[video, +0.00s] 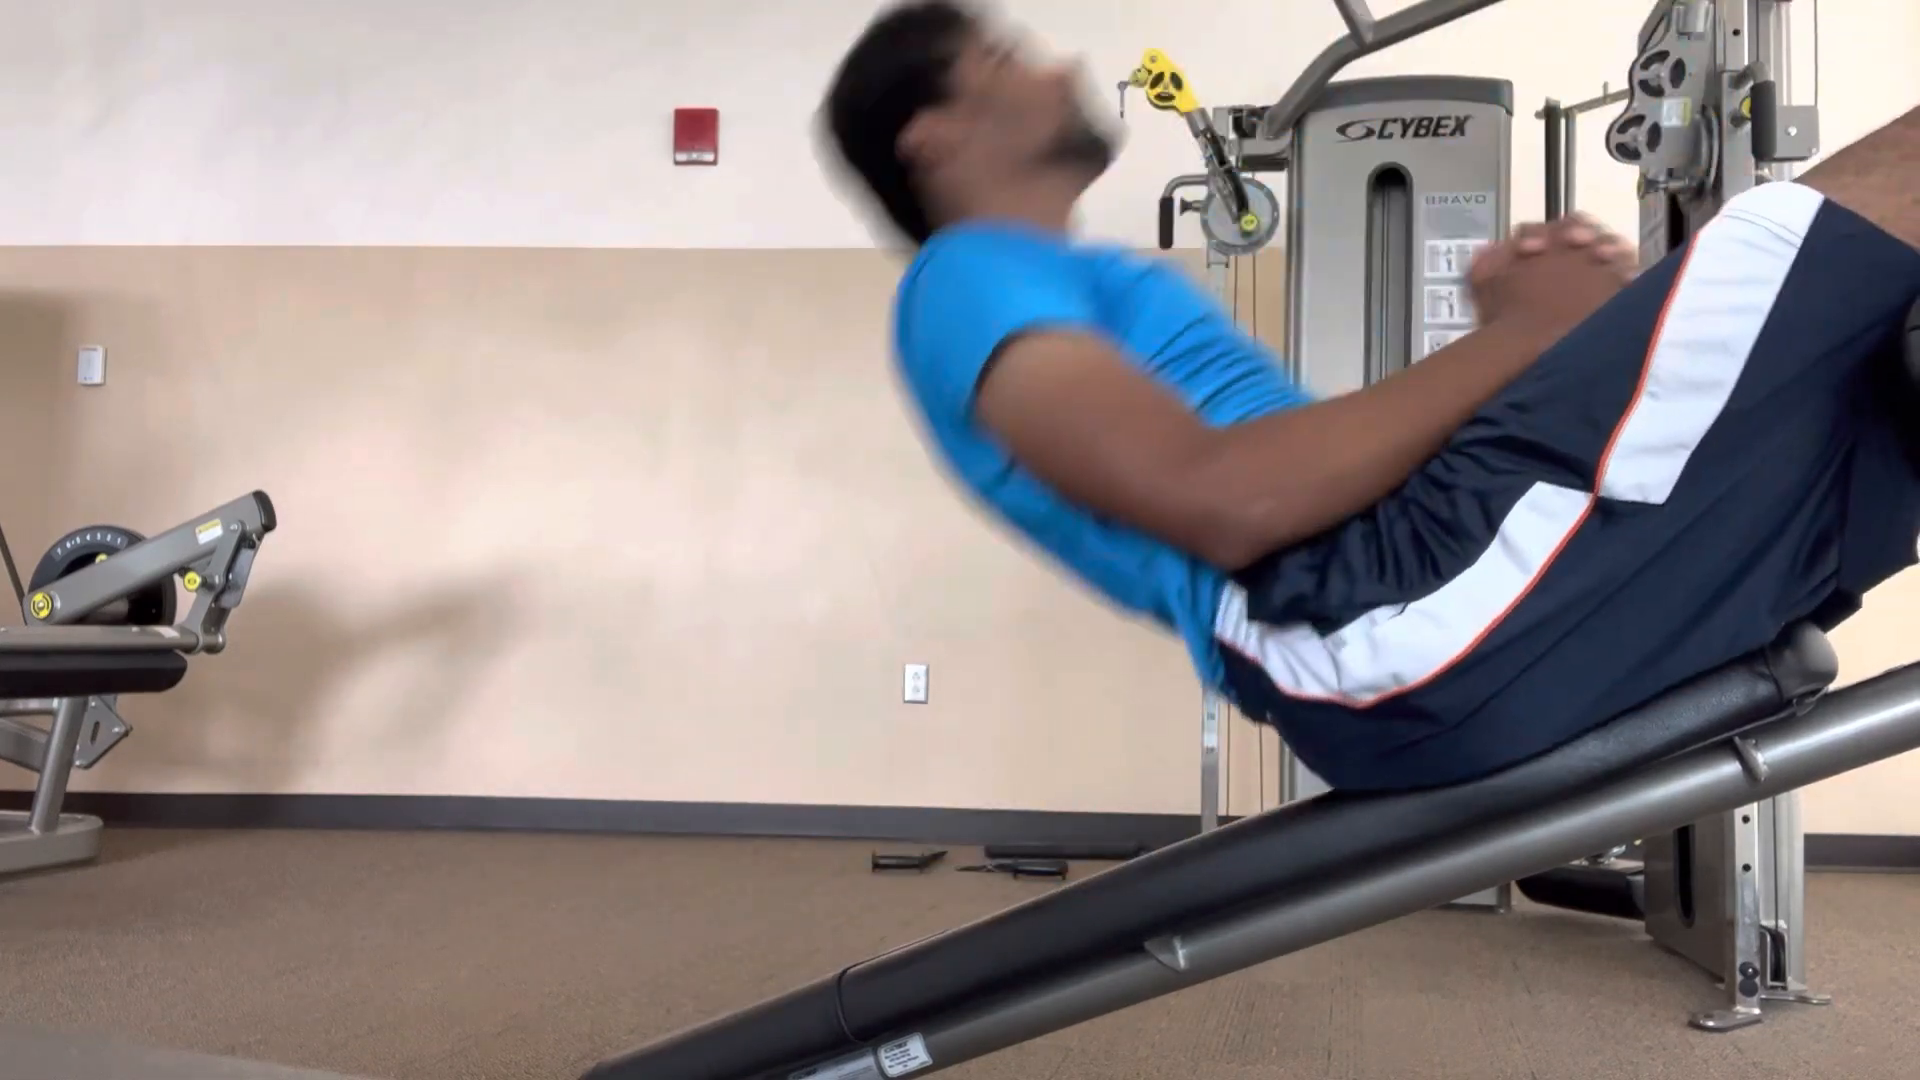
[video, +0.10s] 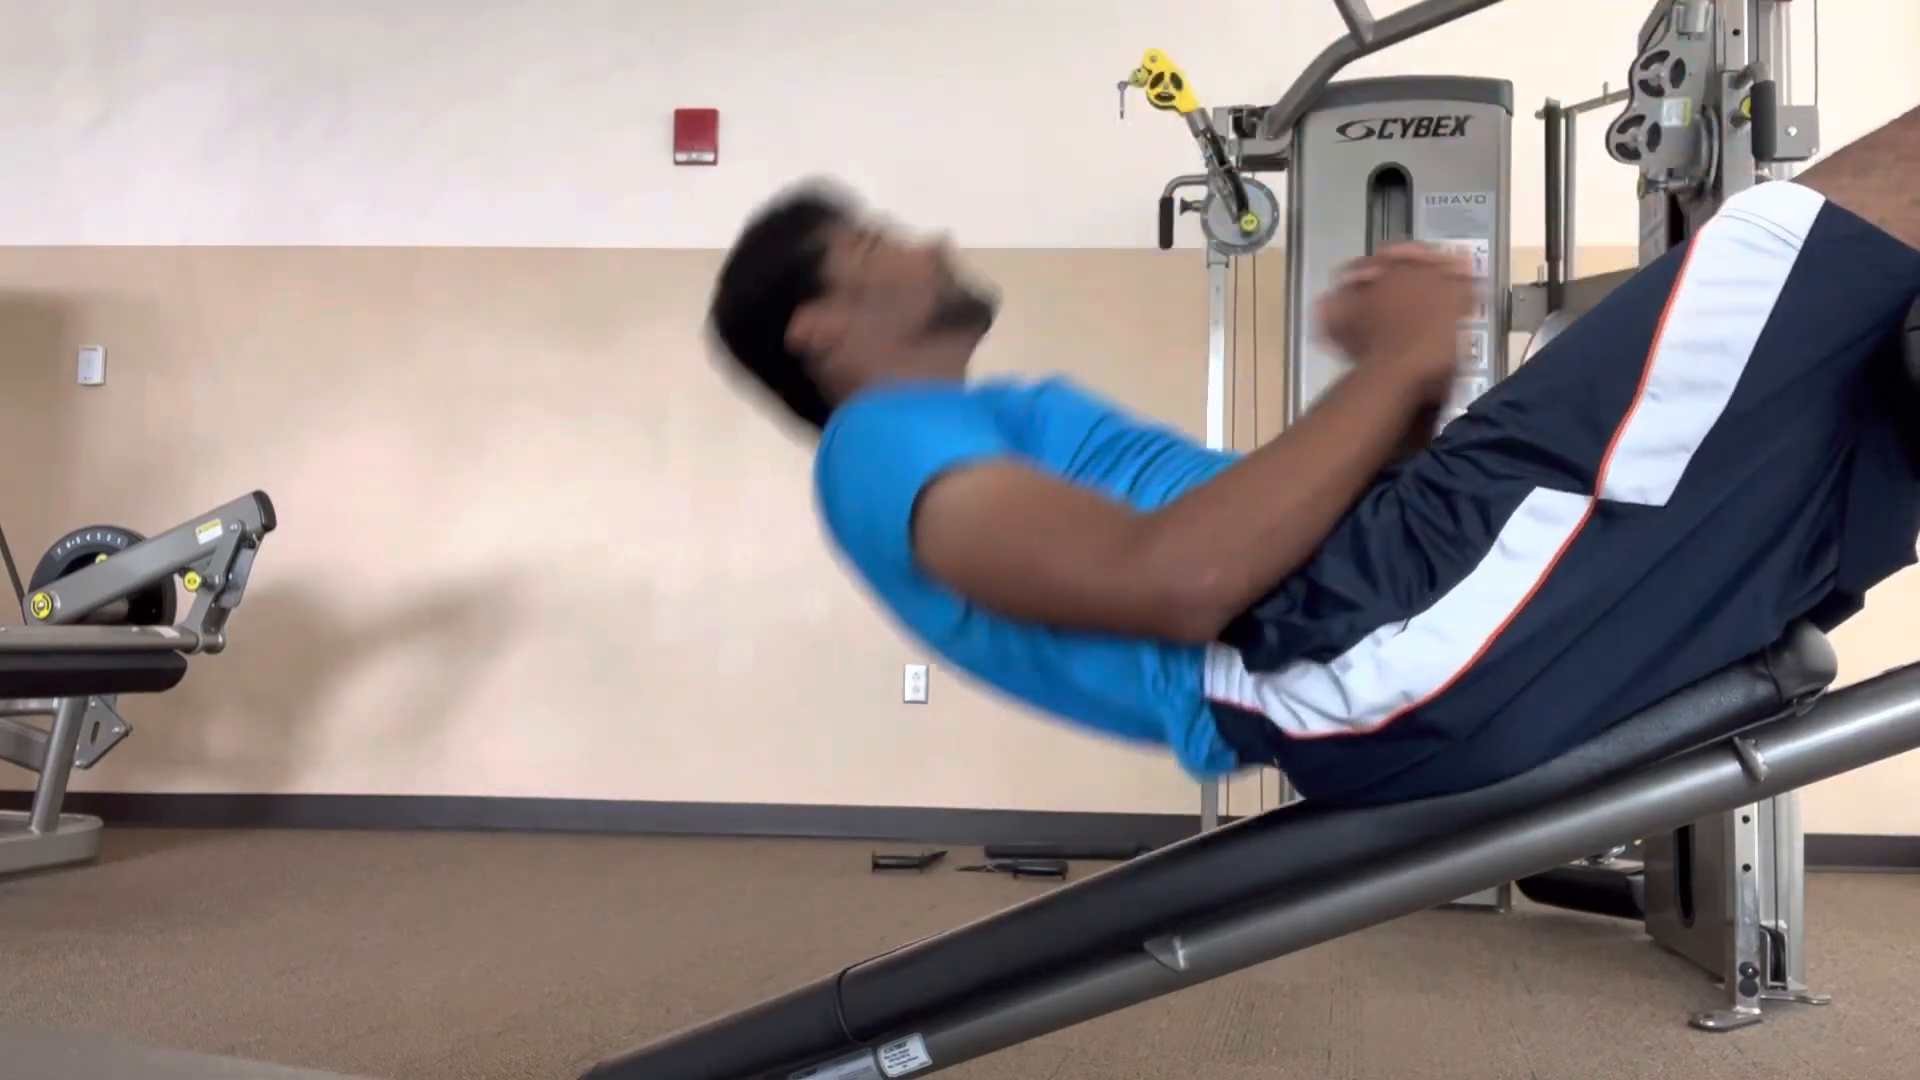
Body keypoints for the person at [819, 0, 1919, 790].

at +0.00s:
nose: (1055, 55)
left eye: (1027, 38)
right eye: (1007, 48)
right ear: (939, 125)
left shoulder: (1088, 291)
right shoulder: (970, 282)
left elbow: (1277, 493)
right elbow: (1216, 502)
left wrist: (1504, 341)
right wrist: (1514, 345)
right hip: (1369, 629)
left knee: (1901, 437)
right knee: (1894, 169)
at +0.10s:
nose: (925, 234)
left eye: (893, 222)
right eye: (878, 233)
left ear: (850, 311)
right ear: (825, 313)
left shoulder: (953, 442)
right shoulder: (880, 446)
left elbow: (1200, 566)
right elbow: (1174, 577)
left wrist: (1397, 376)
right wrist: (1405, 361)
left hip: (1390, 633)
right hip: (1345, 648)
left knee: (1894, 431)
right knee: (1889, 166)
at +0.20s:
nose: (840, 396)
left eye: (812, 388)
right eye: (790, 403)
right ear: (753, 498)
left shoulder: (928, 567)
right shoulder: (834, 587)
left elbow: (1274, 540)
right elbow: (1122, 632)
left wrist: (1228, 402)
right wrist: (1212, 381)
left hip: (1348, 623)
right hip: (1319, 667)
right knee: (1860, 192)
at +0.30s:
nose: (793, 542)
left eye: (765, 538)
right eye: (749, 564)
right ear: (731, 659)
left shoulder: (919, 665)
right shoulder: (814, 715)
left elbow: (1225, 539)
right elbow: (1081, 590)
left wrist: (1050, 449)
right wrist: (1007, 437)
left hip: (1318, 622)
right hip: (1294, 665)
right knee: (1874, 180)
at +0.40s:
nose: (779, 672)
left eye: (763, 670)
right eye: (749, 692)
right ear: (745, 778)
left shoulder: (931, 786)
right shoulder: (822, 815)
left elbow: (1142, 536)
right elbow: (961, 515)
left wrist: (934, 519)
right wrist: (847, 521)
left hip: (1336, 604)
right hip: (1324, 660)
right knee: (1876, 183)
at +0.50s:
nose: (744, 759)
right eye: (726, 783)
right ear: (738, 838)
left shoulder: (892, 811)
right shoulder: (800, 846)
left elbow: (972, 571)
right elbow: (756, 513)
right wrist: (706, 638)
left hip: (1326, 591)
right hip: (1317, 669)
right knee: (1864, 191)